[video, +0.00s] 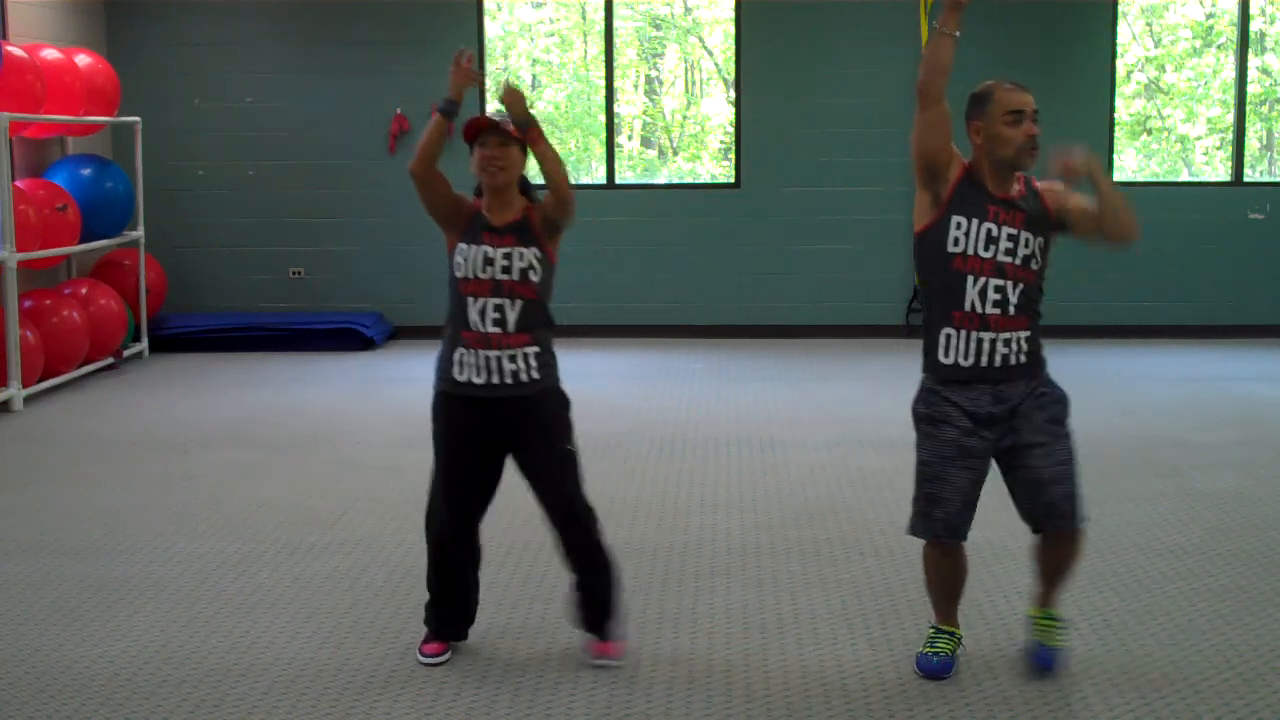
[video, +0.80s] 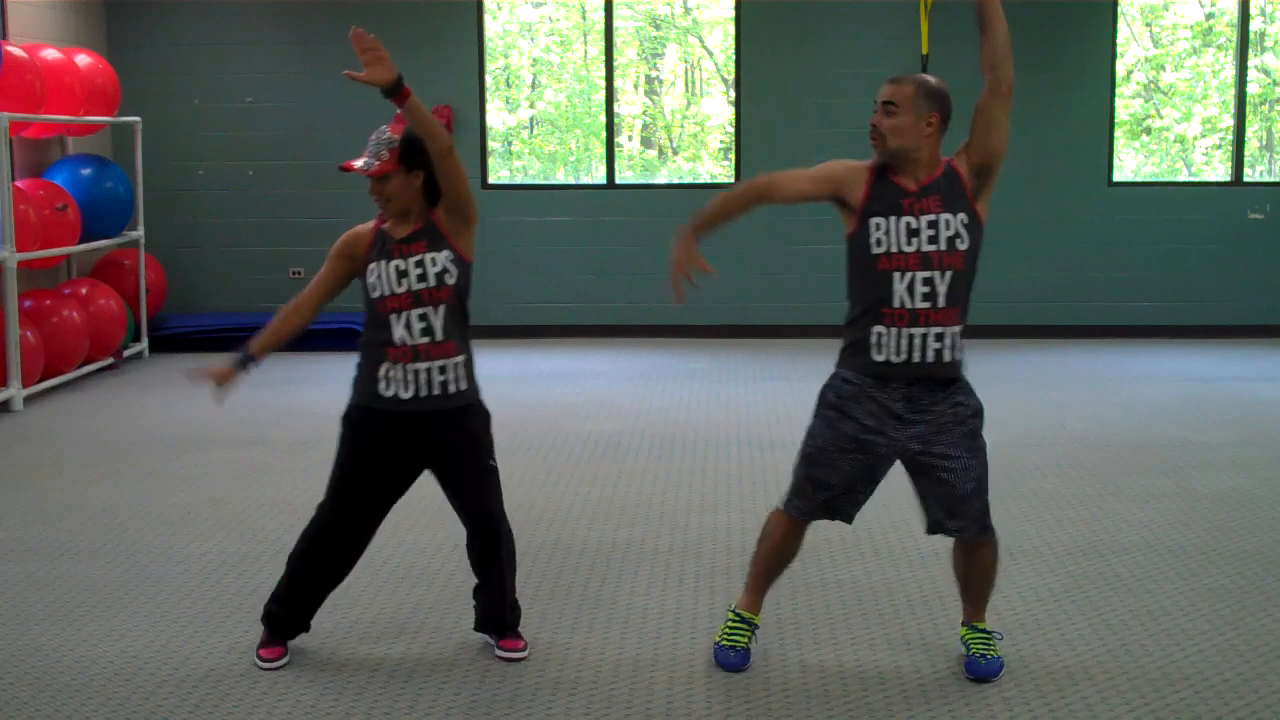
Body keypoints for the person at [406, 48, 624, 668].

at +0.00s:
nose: (491, 153)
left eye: (502, 145)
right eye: (484, 145)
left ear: (522, 159)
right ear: (471, 159)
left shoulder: (543, 220)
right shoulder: (460, 219)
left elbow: (563, 192)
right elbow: (422, 169)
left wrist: (529, 124)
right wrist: (452, 100)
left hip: (533, 397)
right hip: (465, 397)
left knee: (570, 512)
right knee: (450, 518)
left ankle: (602, 623)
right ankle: (444, 626)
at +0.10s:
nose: (470, 159)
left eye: (482, 148)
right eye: (462, 149)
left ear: (507, 156)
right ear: (454, 160)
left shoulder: (529, 215)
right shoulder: (445, 216)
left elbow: (529, 156)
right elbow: (405, 167)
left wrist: (498, 94)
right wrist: (438, 100)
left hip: (513, 394)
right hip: (447, 393)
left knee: (526, 517)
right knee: (440, 518)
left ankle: (510, 617)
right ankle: (442, 625)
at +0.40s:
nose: (435, 174)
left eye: (444, 163)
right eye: (430, 164)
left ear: (478, 159)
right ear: (431, 167)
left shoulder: (508, 214)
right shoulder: (425, 215)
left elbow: (497, 141)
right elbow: (356, 182)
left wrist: (458, 73)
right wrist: (358, 120)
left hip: (475, 397)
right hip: (413, 391)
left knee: (468, 519)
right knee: (407, 513)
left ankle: (499, 623)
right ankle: (423, 624)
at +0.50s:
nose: (428, 184)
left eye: (438, 173)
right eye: (424, 175)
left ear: (473, 171)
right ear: (427, 178)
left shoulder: (501, 223)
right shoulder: (419, 227)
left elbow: (491, 151)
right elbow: (334, 207)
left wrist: (445, 79)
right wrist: (298, 154)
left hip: (474, 407)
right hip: (410, 398)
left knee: (478, 517)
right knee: (371, 497)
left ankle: (501, 623)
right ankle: (412, 608)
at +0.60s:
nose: (414, 181)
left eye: (422, 169)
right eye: (410, 171)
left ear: (457, 166)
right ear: (412, 173)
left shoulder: (491, 216)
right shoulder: (404, 226)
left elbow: (478, 144)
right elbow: (315, 235)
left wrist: (430, 79)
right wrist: (238, 216)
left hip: (474, 400)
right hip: (405, 392)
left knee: (489, 517)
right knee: (346, 493)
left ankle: (502, 622)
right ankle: (367, 595)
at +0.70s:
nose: (396, 179)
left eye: (405, 168)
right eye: (393, 169)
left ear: (440, 166)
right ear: (395, 171)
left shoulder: (474, 216)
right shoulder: (382, 229)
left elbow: (463, 142)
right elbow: (307, 272)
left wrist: (414, 78)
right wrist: (229, 295)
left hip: (469, 402)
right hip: (397, 401)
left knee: (489, 521)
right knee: (343, 512)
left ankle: (503, 623)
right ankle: (293, 620)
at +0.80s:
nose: (373, 188)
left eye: (382, 178)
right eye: (370, 179)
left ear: (419, 176)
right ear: (374, 179)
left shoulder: (455, 225)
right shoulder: (360, 243)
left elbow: (444, 152)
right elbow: (304, 307)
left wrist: (397, 87)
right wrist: (242, 360)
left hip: (454, 413)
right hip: (380, 416)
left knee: (489, 523)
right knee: (338, 524)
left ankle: (501, 623)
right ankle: (279, 626)